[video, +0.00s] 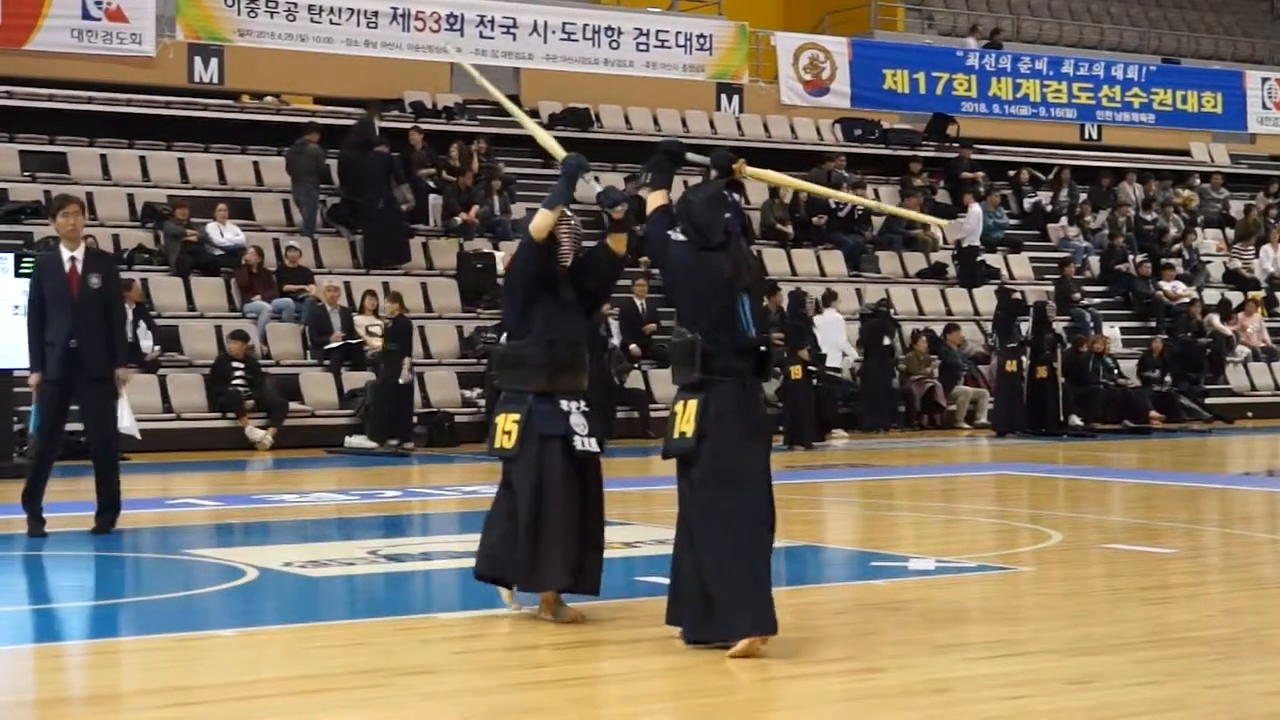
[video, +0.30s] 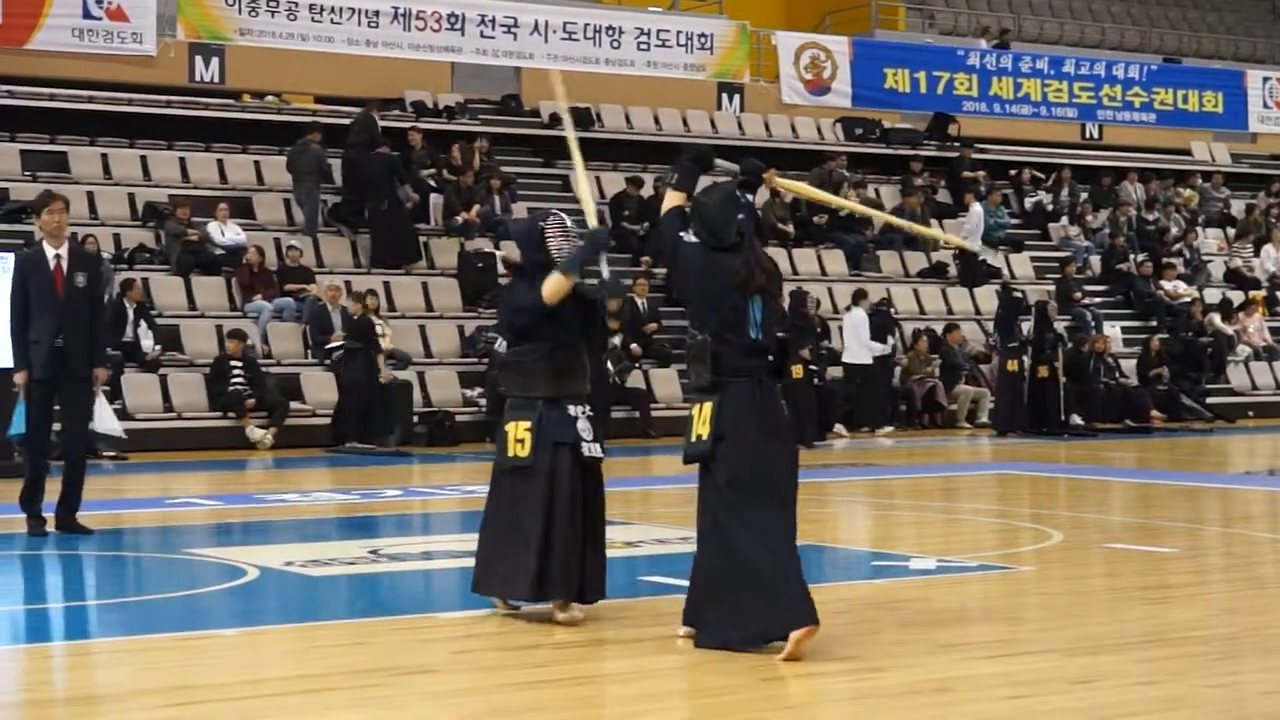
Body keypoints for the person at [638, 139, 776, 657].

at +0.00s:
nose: (673, 219)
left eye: (679, 215)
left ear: (688, 228)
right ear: (728, 225)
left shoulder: (690, 267)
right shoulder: (742, 264)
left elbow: (657, 217)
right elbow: (722, 219)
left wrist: (663, 168)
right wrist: (725, 176)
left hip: (712, 397)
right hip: (745, 395)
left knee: (717, 510)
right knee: (741, 510)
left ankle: (748, 622)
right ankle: (715, 619)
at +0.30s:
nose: (692, 225)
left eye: (697, 218)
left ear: (705, 229)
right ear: (744, 225)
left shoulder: (700, 268)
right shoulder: (762, 271)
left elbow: (671, 222)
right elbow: (744, 226)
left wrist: (684, 176)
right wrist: (747, 184)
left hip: (729, 398)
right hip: (767, 396)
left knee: (741, 510)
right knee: (727, 512)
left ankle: (797, 612)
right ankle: (702, 613)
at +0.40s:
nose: (698, 226)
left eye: (703, 218)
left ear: (711, 227)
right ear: (750, 222)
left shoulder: (708, 266)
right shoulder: (771, 269)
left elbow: (672, 235)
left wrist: (681, 197)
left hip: (737, 397)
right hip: (775, 396)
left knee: (744, 511)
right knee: (742, 512)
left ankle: (797, 614)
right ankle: (718, 615)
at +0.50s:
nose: (705, 236)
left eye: (708, 227)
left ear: (714, 230)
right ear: (759, 226)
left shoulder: (712, 272)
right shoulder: (778, 276)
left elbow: (668, 256)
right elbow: (803, 335)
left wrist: (681, 214)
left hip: (738, 406)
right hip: (782, 406)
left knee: (740, 517)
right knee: (779, 516)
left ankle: (797, 616)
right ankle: (727, 617)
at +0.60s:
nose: (715, 232)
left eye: (719, 224)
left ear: (728, 229)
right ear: (768, 226)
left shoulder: (722, 278)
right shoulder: (786, 280)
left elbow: (668, 320)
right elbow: (800, 349)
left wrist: (657, 278)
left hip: (745, 409)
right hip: (788, 408)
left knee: (746, 518)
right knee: (782, 516)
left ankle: (799, 620)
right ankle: (726, 613)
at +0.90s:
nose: (690, 246)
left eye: (694, 238)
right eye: (692, 238)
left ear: (707, 241)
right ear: (743, 237)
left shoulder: (709, 292)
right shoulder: (764, 285)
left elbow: (675, 357)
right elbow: (782, 352)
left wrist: (675, 319)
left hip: (728, 413)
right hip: (767, 411)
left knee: (721, 514)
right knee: (758, 512)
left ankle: (778, 596)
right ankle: (744, 619)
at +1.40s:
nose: (674, 248)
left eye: (677, 239)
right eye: (675, 239)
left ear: (689, 240)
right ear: (721, 234)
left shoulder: (697, 281)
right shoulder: (744, 279)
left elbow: (681, 357)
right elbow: (749, 344)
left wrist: (679, 385)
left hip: (721, 405)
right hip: (759, 402)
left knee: (684, 500)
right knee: (748, 502)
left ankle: (708, 603)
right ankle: (756, 604)